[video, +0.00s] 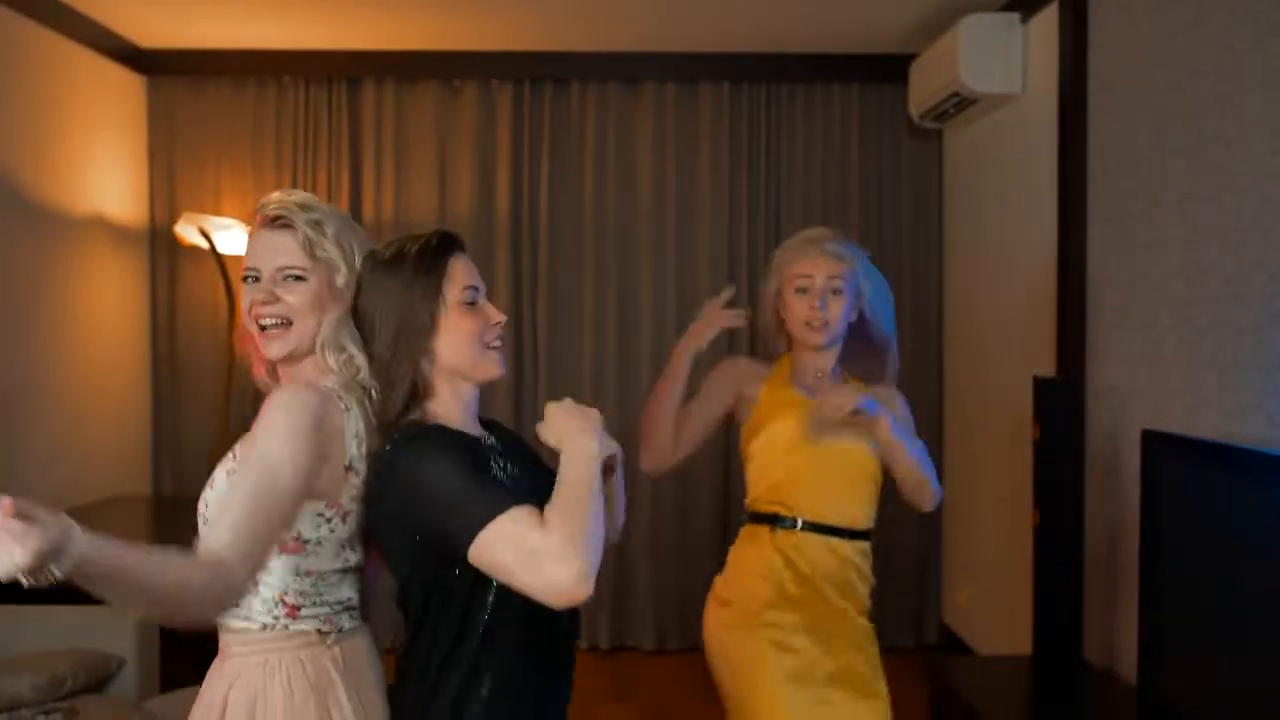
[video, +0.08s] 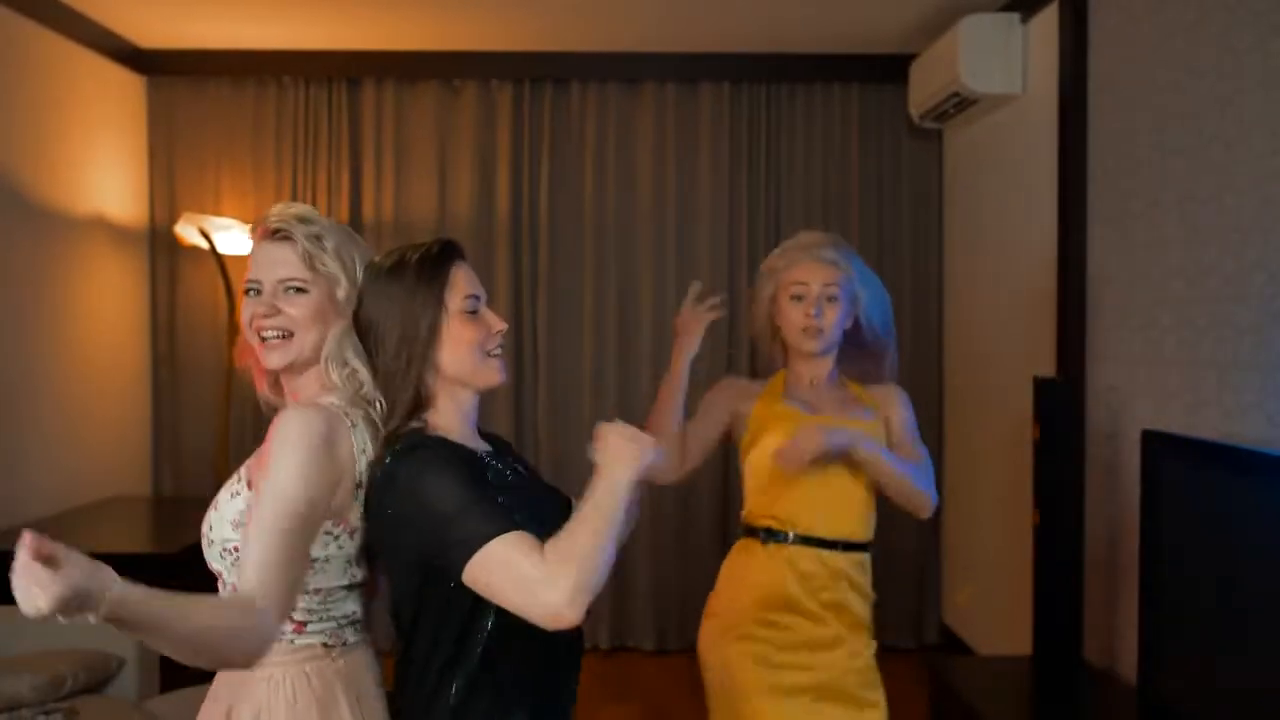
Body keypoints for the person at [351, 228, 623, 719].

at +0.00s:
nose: (498, 316)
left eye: (486, 297)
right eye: (471, 300)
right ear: (413, 327)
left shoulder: (501, 443)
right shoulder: (416, 462)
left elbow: (598, 535)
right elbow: (563, 574)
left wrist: (607, 470)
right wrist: (580, 448)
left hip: (533, 701)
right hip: (461, 704)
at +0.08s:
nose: (500, 324)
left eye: (487, 306)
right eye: (472, 308)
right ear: (416, 332)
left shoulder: (493, 454)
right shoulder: (417, 473)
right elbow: (557, 597)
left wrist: (627, 476)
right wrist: (615, 471)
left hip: (533, 701)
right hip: (466, 706)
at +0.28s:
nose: (508, 332)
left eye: (495, 317)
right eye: (480, 321)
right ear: (424, 349)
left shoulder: (507, 461)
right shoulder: (429, 481)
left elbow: (601, 519)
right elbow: (563, 599)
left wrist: (670, 490)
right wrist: (676, 520)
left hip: (543, 704)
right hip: (470, 707)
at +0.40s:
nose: (510, 314)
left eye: (496, 299)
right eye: (482, 305)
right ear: (429, 339)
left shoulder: (527, 441)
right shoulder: (442, 467)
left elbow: (625, 516)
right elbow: (559, 593)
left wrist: (628, 468)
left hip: (548, 701)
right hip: (471, 706)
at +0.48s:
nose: (509, 301)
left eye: (495, 287)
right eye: (481, 292)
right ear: (429, 327)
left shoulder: (527, 421)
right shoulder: (442, 455)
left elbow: (630, 505)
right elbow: (556, 585)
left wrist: (611, 445)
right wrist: (570, 450)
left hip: (550, 697)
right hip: (474, 704)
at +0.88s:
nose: (513, 331)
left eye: (498, 316)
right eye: (484, 320)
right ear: (429, 350)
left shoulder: (515, 464)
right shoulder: (412, 499)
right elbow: (536, 601)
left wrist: (626, 520)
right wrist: (595, 497)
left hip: (560, 702)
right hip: (471, 707)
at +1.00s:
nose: (509, 338)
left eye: (495, 324)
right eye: (479, 329)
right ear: (424, 360)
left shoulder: (509, 467)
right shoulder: (419, 499)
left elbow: (606, 528)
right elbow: (548, 605)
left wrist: (671, 521)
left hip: (559, 704)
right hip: (468, 709)